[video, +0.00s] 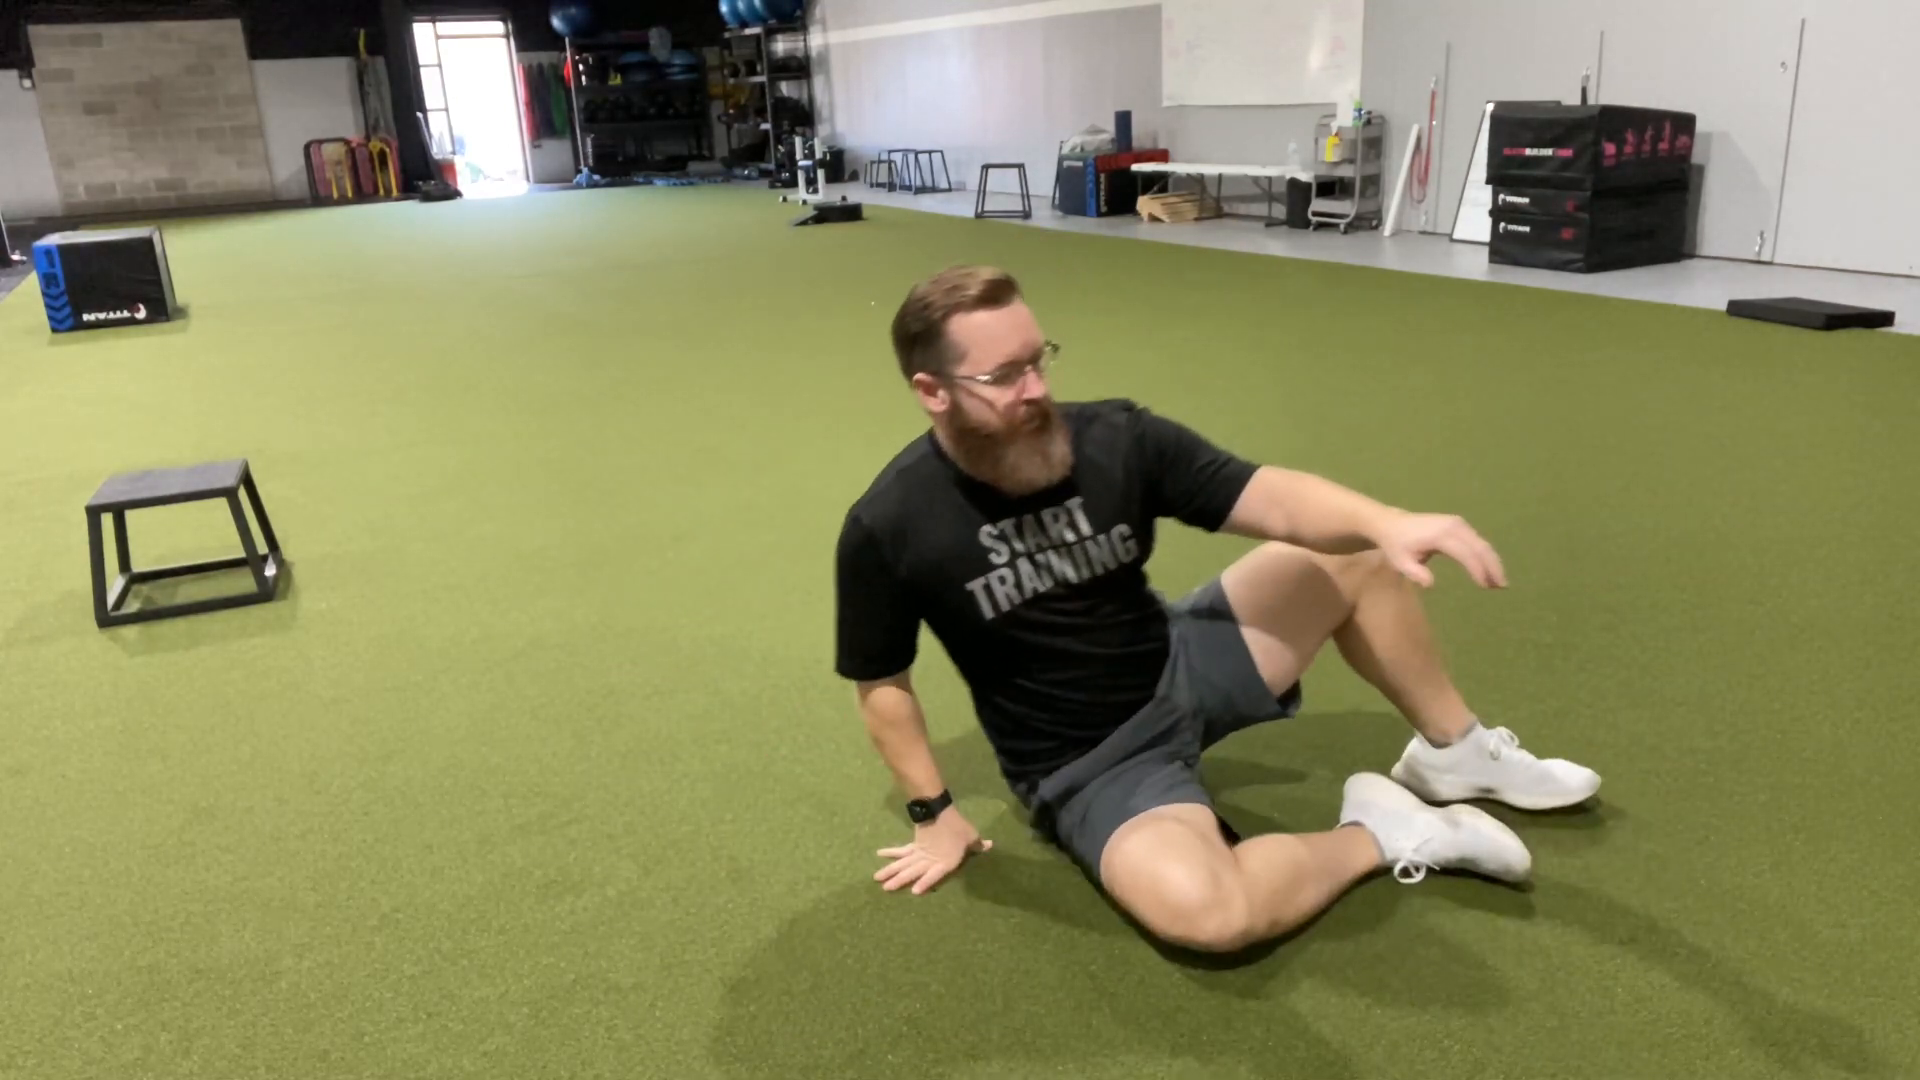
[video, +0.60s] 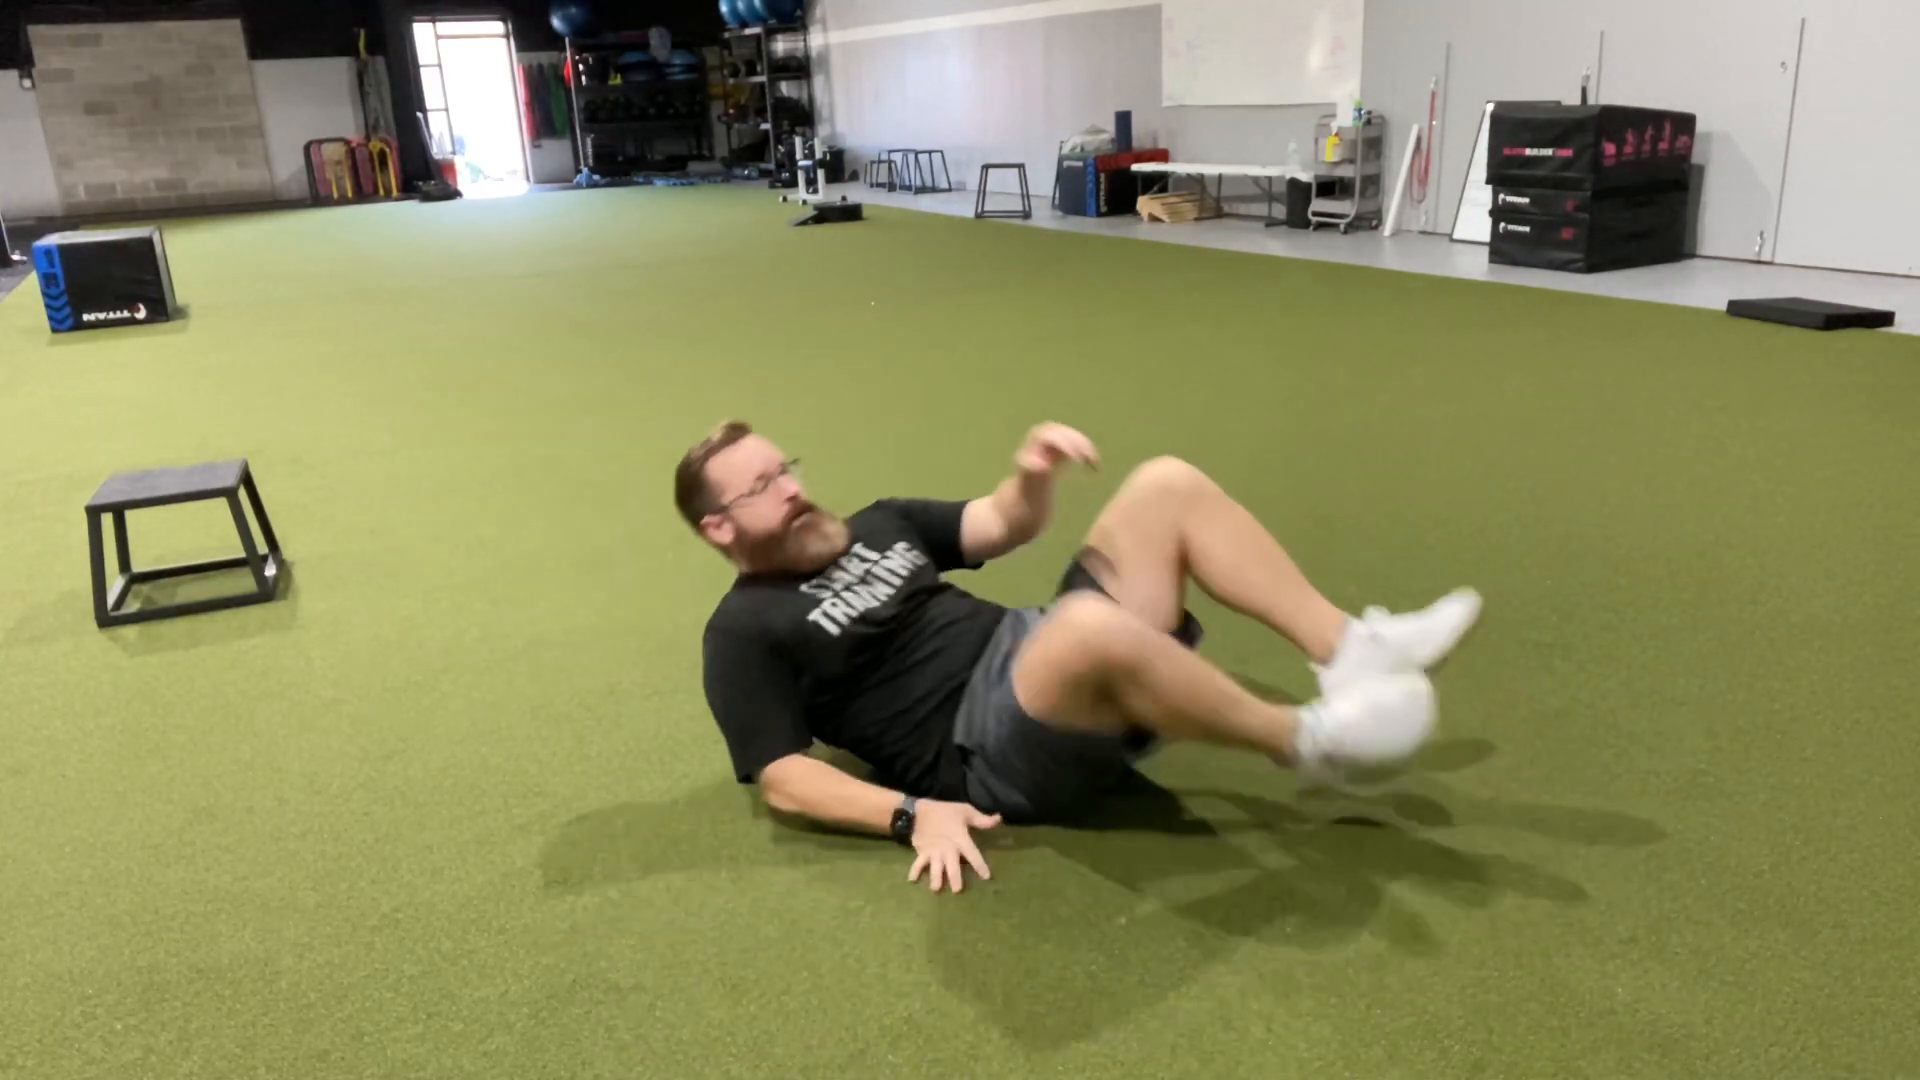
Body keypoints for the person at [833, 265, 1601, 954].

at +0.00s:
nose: (1035, 388)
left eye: (1038, 359)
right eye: (1003, 375)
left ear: (1046, 347)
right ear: (932, 396)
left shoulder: (1114, 440)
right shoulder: (889, 533)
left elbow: (1264, 496)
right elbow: (880, 682)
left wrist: (1388, 525)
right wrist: (937, 816)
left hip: (1179, 659)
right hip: (1090, 761)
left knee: (1344, 554)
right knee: (1200, 911)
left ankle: (1459, 749)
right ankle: (1385, 829)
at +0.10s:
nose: (999, 401)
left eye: (1000, 375)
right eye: (969, 389)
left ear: (1008, 368)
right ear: (898, 411)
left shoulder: (1077, 454)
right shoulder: (860, 546)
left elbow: (1211, 510)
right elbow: (855, 693)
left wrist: (1339, 534)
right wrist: (932, 812)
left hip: (1155, 664)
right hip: (1071, 765)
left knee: (1313, 565)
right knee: (1202, 896)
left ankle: (1461, 748)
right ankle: (1386, 830)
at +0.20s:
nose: (956, 415)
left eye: (956, 390)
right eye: (927, 406)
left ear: (965, 381)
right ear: (859, 429)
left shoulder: (1031, 464)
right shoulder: (828, 566)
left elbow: (1167, 527)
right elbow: (829, 709)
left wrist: (1270, 545)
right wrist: (925, 810)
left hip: (1138, 662)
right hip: (1057, 762)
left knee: (1299, 561)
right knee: (1199, 875)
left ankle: (1455, 745)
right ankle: (1389, 828)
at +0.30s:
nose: (909, 430)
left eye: (906, 407)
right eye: (880, 423)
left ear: (912, 401)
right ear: (817, 454)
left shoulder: (981, 475)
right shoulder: (799, 587)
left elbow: (1105, 529)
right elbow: (806, 734)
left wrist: (1211, 544)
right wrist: (920, 809)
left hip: (1113, 656)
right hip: (1041, 759)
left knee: (1280, 553)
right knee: (1192, 837)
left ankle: (1440, 737)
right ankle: (1394, 828)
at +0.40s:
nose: (863, 447)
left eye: (858, 426)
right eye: (835, 441)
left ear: (867, 421)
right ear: (777, 478)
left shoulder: (939, 489)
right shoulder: (774, 609)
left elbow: (1057, 529)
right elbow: (798, 757)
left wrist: (1143, 526)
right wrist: (914, 812)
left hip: (1085, 650)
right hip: (1018, 751)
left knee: (1251, 536)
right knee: (1180, 777)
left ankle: (1413, 720)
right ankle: (1384, 815)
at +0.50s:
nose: (830, 463)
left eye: (824, 443)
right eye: (802, 458)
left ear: (833, 440)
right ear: (748, 499)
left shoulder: (910, 503)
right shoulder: (758, 620)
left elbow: (1032, 526)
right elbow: (788, 771)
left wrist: (1096, 501)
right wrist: (913, 812)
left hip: (1071, 643)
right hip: (1005, 742)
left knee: (1218, 514)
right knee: (1149, 717)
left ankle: (1388, 697)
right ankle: (1352, 791)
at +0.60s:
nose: (797, 489)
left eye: (789, 471)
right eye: (769, 486)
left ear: (799, 473)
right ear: (721, 530)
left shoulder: (879, 525)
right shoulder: (743, 636)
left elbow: (1002, 526)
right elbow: (783, 778)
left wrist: (1029, 479)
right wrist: (915, 812)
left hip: (1053, 650)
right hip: (988, 749)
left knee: (1167, 490)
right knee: (1094, 636)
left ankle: (1350, 648)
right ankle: (1305, 739)